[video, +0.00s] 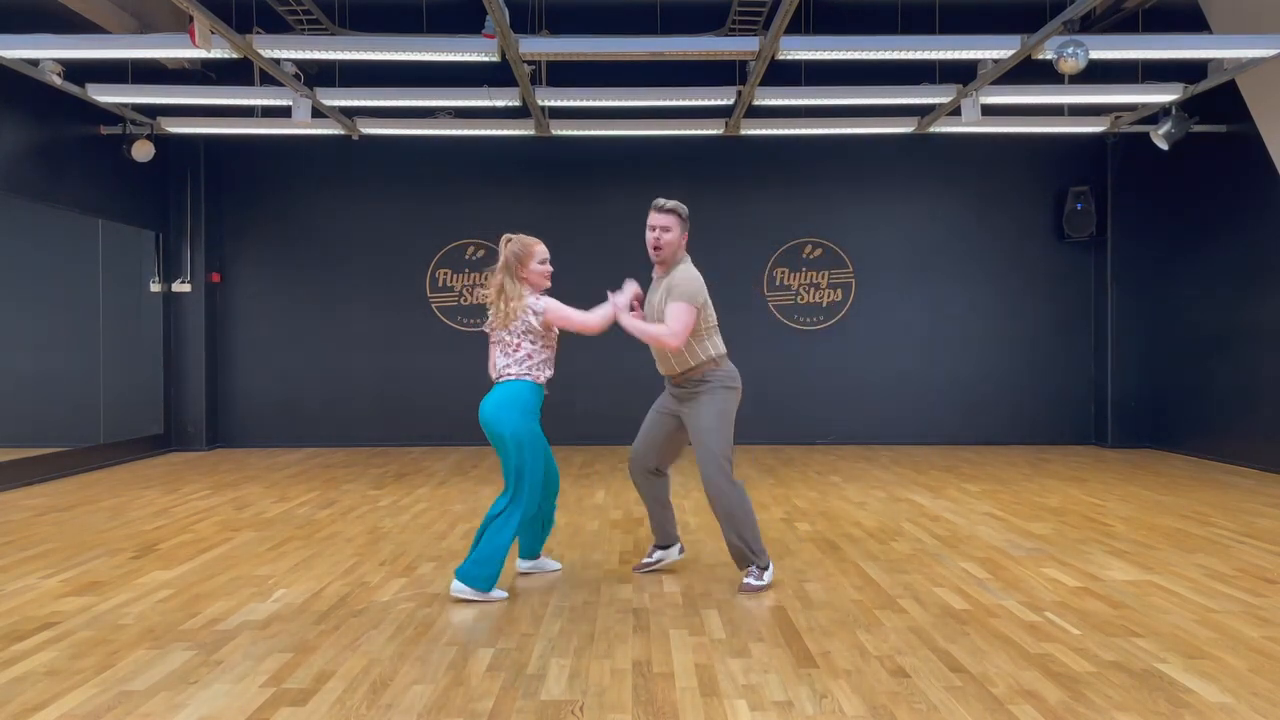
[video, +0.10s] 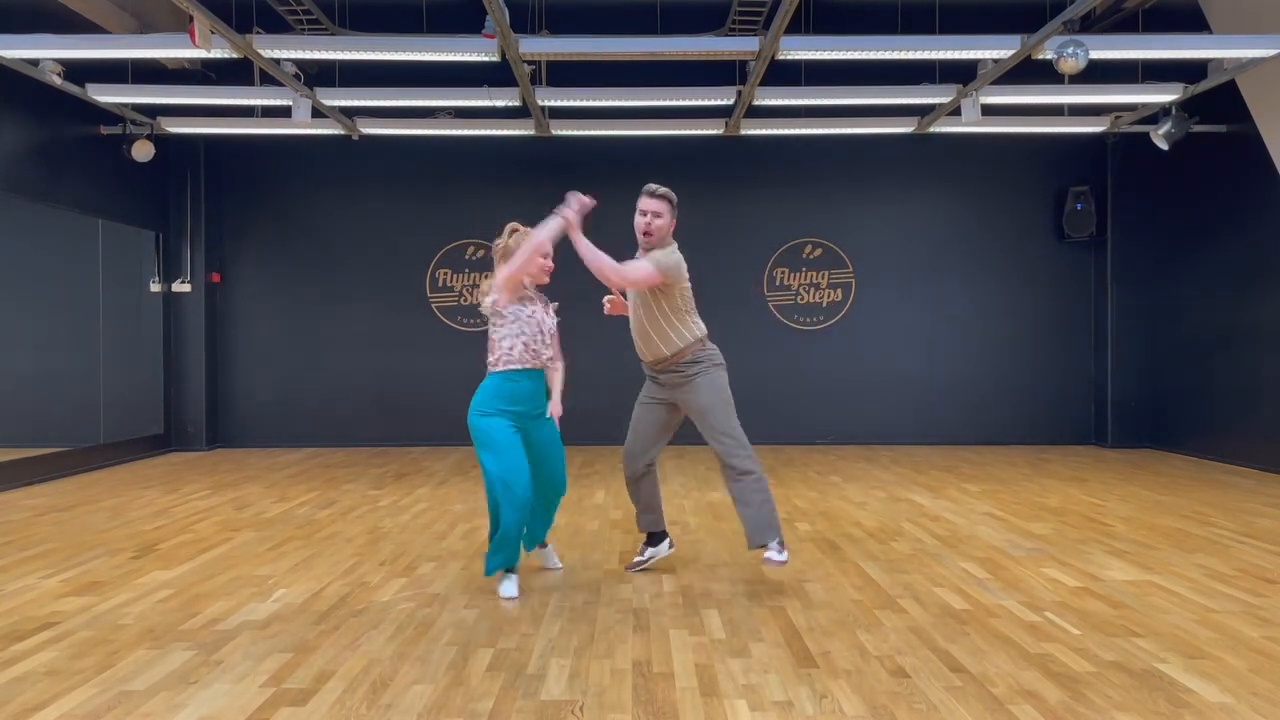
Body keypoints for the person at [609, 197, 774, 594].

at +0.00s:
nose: (656, 237)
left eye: (665, 231)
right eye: (651, 230)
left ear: (684, 238)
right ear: (645, 234)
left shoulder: (685, 280)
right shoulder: (658, 280)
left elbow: (673, 337)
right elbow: (660, 324)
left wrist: (626, 319)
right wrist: (639, 310)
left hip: (712, 384)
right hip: (677, 388)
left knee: (715, 474)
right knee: (643, 463)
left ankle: (757, 563)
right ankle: (667, 544)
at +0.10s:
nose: (647, 222)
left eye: (656, 215)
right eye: (642, 214)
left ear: (672, 223)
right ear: (633, 218)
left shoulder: (670, 260)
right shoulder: (638, 260)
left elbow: (616, 277)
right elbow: (657, 308)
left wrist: (576, 234)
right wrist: (627, 308)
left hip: (697, 367)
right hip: (658, 376)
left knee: (733, 450)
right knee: (635, 458)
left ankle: (771, 539)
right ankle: (656, 538)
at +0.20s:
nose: (634, 219)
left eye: (644, 214)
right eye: (630, 211)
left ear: (660, 224)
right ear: (622, 214)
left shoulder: (651, 252)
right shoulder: (627, 256)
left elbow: (582, 238)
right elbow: (642, 295)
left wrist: (528, 203)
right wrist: (612, 295)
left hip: (681, 367)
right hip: (639, 377)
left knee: (727, 445)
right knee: (636, 465)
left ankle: (785, 519)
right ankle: (660, 545)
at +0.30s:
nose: (622, 213)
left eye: (631, 208)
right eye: (617, 207)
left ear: (649, 215)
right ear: (612, 210)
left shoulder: (643, 245)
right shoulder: (617, 250)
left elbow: (577, 231)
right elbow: (627, 292)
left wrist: (531, 201)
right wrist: (593, 293)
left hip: (663, 364)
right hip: (623, 371)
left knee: (692, 445)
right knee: (620, 457)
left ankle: (730, 520)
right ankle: (653, 538)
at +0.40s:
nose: (604, 223)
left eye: (613, 216)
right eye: (599, 217)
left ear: (632, 218)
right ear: (596, 216)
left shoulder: (636, 246)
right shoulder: (608, 255)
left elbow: (590, 242)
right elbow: (619, 314)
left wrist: (561, 204)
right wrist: (580, 323)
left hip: (649, 367)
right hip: (608, 367)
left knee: (649, 456)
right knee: (585, 448)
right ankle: (619, 525)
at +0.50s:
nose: (590, 246)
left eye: (596, 239)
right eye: (584, 241)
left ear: (615, 238)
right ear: (581, 248)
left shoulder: (630, 274)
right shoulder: (602, 283)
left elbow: (620, 265)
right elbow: (610, 344)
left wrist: (601, 211)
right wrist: (576, 353)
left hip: (630, 390)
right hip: (590, 384)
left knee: (620, 471)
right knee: (560, 459)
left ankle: (619, 535)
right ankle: (573, 535)